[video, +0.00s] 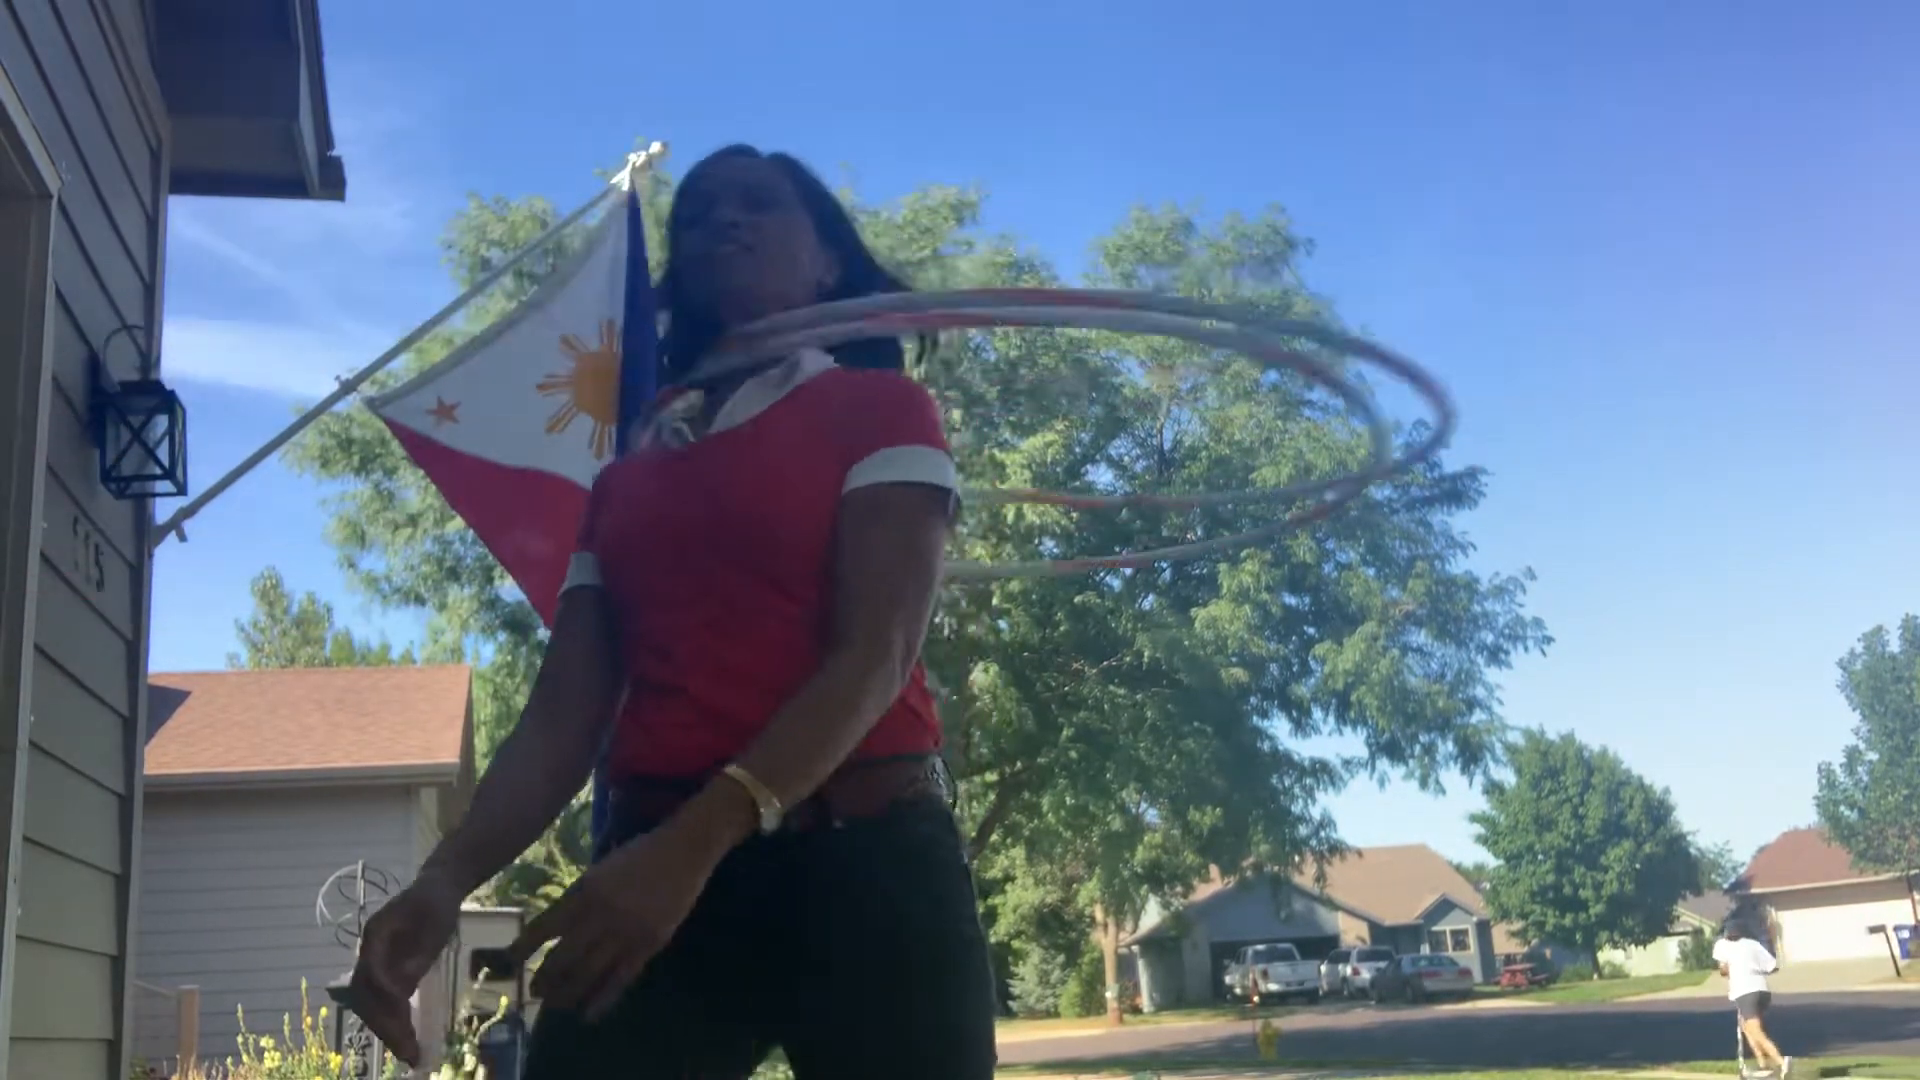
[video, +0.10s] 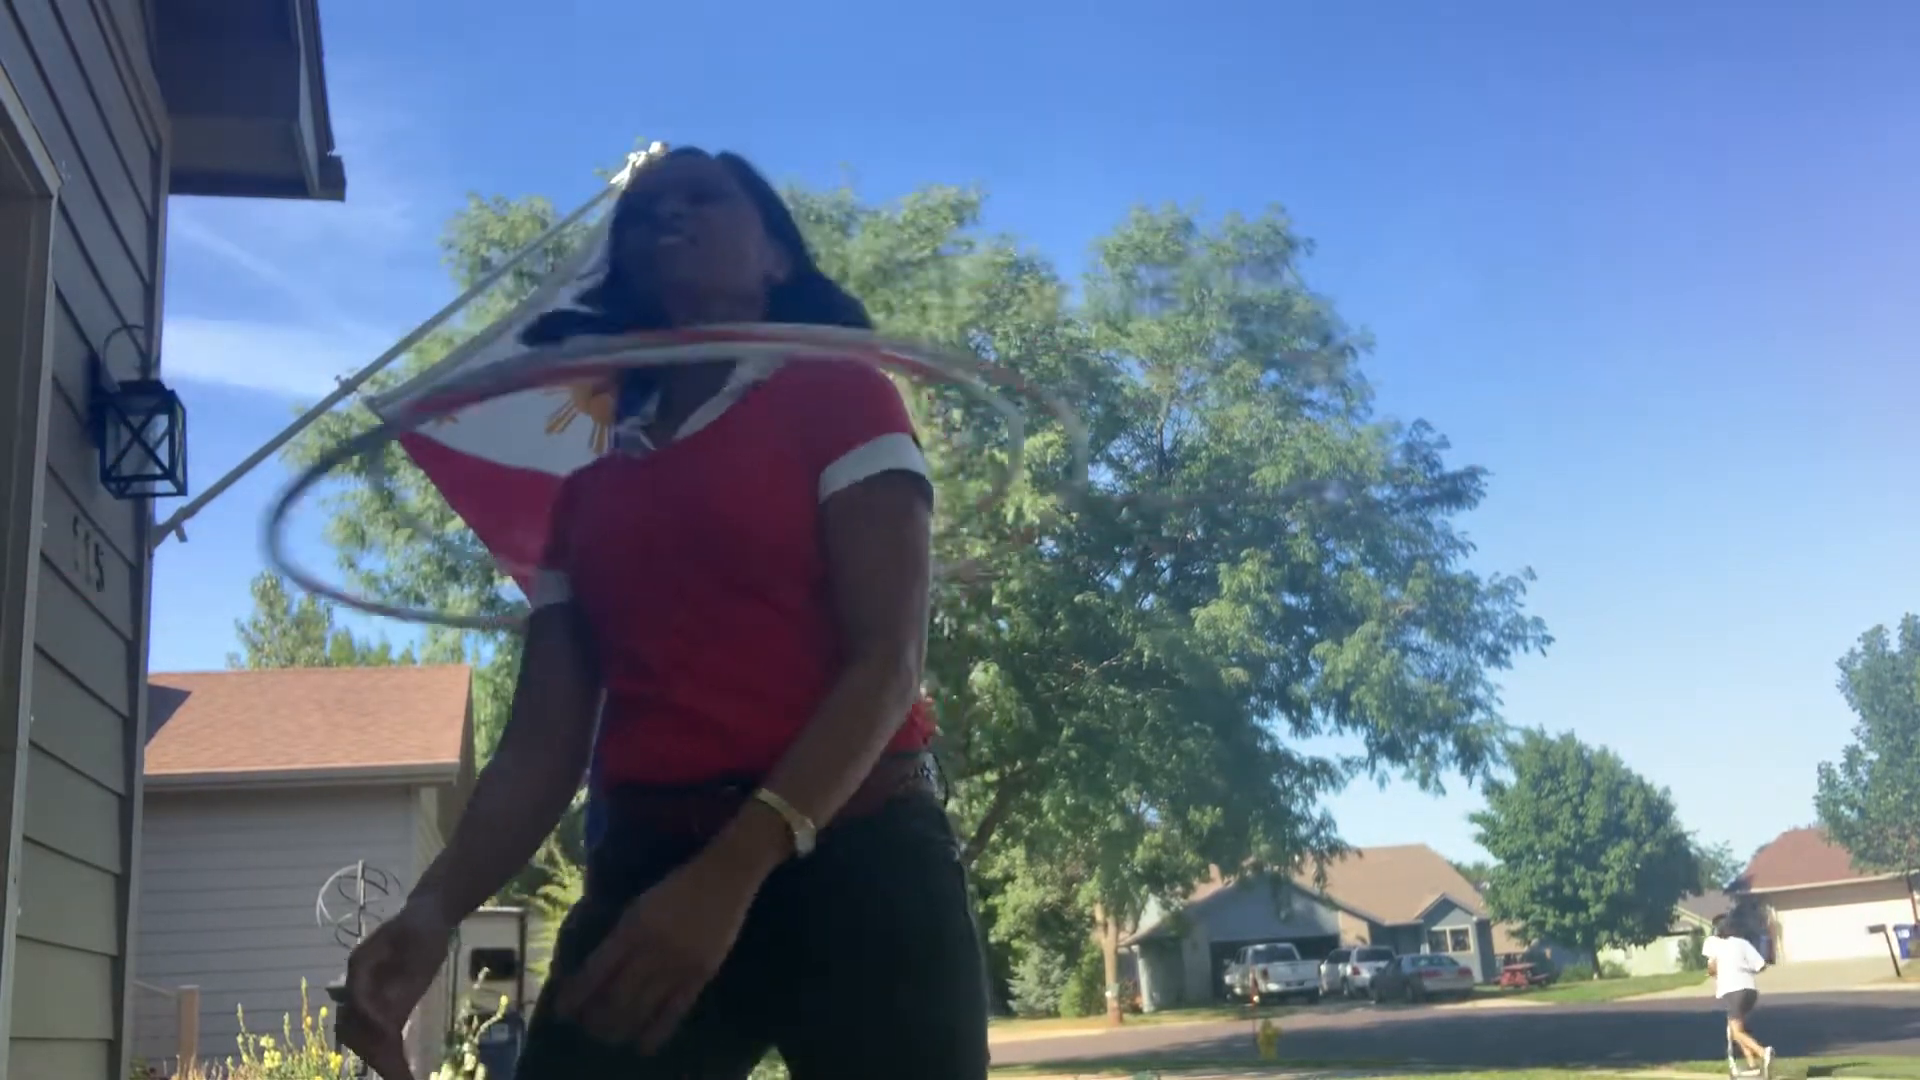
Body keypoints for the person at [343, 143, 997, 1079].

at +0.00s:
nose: (722, 222)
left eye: (759, 204)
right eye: (698, 217)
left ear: (829, 261)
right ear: (673, 280)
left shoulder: (874, 402)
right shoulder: (626, 471)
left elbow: (875, 656)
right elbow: (563, 711)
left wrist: (695, 840)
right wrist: (442, 887)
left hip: (866, 861)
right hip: (653, 877)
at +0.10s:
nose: (666, 215)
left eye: (704, 196)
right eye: (639, 214)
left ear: (776, 257)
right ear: (621, 281)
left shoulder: (831, 384)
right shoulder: (592, 488)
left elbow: (886, 664)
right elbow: (544, 738)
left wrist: (729, 869)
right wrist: (429, 916)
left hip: (857, 861)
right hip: (649, 877)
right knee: (570, 1062)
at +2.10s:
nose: (776, 219)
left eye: (817, 200)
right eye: (758, 214)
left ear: (891, 255)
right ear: (741, 276)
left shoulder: (935, 426)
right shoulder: (662, 473)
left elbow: (918, 678)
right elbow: (581, 679)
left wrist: (686, 808)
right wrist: (494, 804)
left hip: (882, 869)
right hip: (666, 883)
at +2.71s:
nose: (716, 209)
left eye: (755, 187)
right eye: (694, 203)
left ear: (831, 239)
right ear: (678, 262)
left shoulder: (895, 410)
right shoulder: (633, 469)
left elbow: (926, 677)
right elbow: (581, 722)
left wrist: (752, 889)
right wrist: (504, 946)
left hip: (872, 872)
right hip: (660, 879)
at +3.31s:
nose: (720, 213)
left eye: (760, 195)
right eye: (700, 213)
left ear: (837, 257)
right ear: (685, 275)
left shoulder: (866, 409)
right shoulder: (616, 465)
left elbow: (856, 686)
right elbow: (547, 712)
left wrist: (632, 869)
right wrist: (431, 915)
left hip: (834, 874)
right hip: (617, 893)